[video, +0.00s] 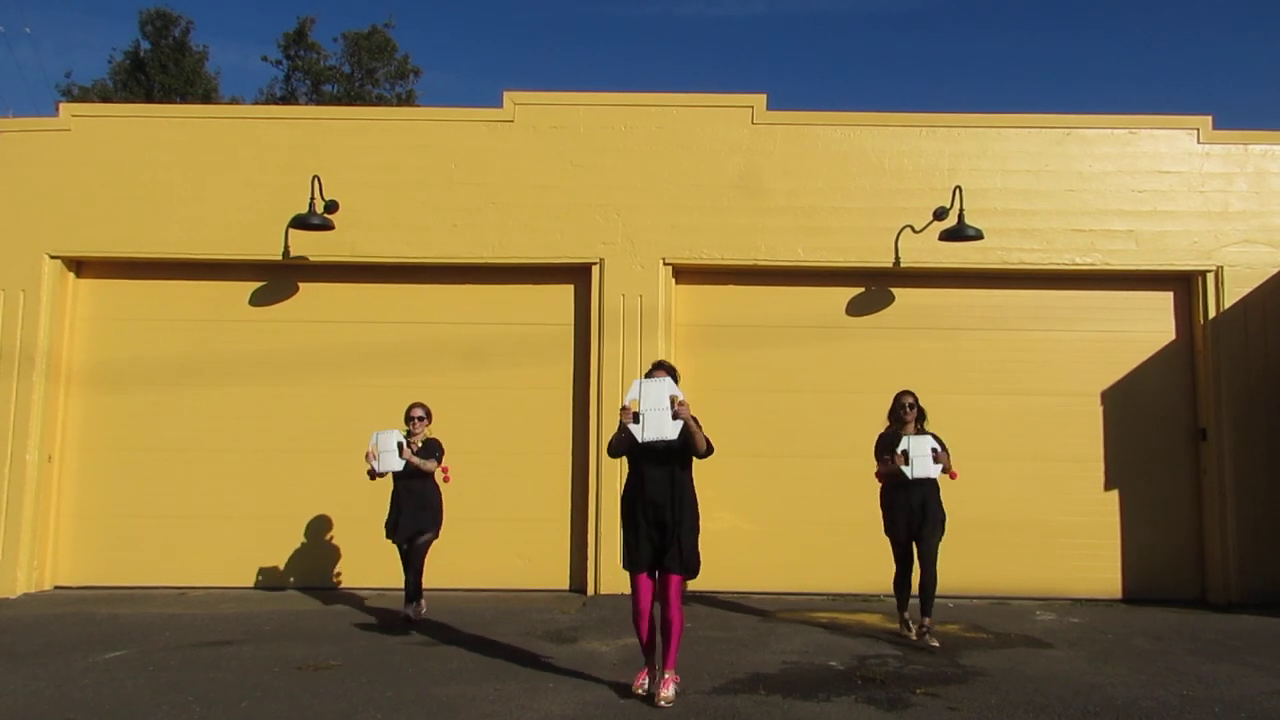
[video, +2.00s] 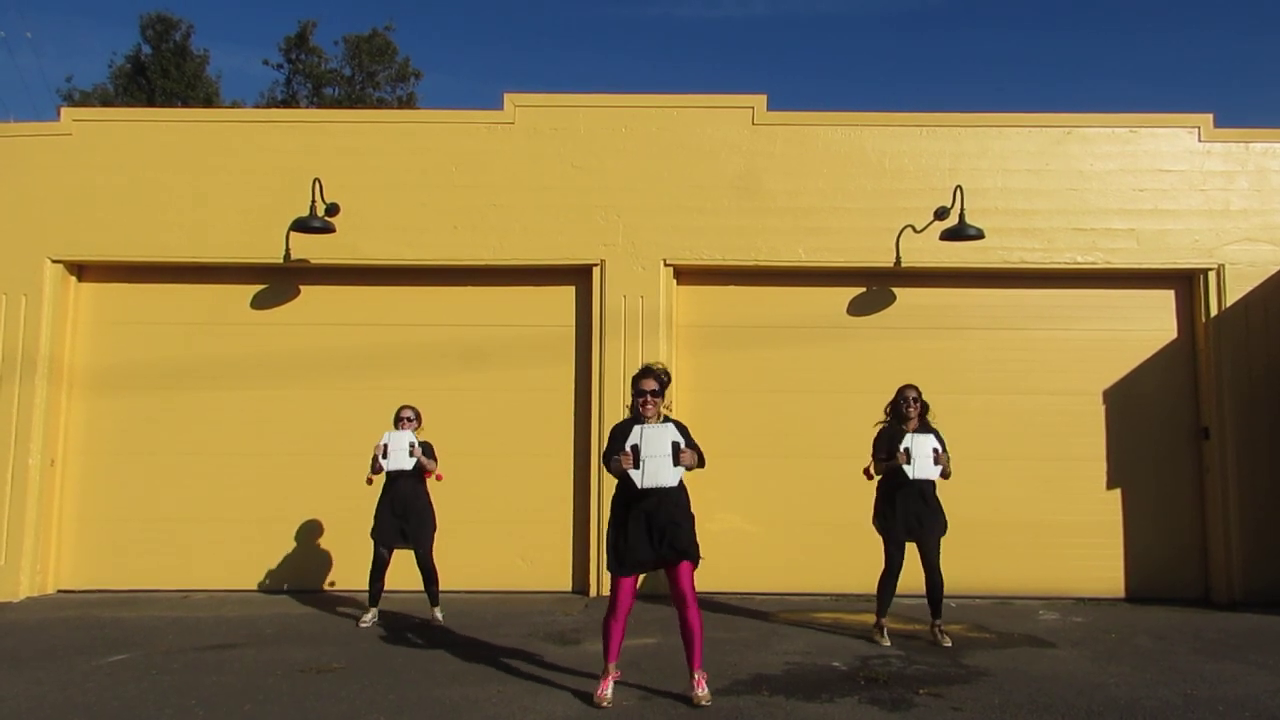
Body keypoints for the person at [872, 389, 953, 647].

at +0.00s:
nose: (907, 410)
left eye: (911, 406)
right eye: (901, 407)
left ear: (918, 410)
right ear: (894, 411)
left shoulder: (931, 439)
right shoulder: (886, 439)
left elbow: (947, 470)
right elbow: (881, 473)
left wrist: (944, 461)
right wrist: (895, 465)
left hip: (929, 508)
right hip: (898, 510)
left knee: (929, 564)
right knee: (904, 564)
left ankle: (925, 623)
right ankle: (903, 615)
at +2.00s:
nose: (910, 404)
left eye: (915, 400)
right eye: (904, 401)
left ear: (921, 404)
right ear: (896, 405)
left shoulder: (932, 434)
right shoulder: (886, 434)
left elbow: (945, 475)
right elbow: (876, 469)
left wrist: (943, 463)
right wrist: (894, 462)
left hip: (925, 505)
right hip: (893, 507)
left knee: (933, 566)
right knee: (893, 565)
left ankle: (936, 625)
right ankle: (880, 624)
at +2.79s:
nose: (921, 408)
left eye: (925, 404)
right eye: (915, 405)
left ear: (932, 407)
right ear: (907, 409)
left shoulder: (943, 438)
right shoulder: (901, 438)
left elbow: (958, 474)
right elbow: (893, 475)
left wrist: (964, 460)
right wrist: (909, 468)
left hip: (940, 515)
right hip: (908, 516)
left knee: (949, 574)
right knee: (898, 572)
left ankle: (958, 632)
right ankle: (878, 628)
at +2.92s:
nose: (924, 392)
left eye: (927, 387)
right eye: (918, 389)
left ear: (934, 392)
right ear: (909, 397)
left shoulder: (949, 421)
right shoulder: (903, 425)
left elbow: (980, 442)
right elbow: (896, 462)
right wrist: (895, 480)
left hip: (942, 501)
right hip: (908, 502)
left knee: (949, 563)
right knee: (899, 556)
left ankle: (954, 626)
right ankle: (869, 598)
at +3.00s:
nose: (927, 394)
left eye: (930, 390)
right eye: (921, 392)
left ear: (936, 395)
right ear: (912, 400)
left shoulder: (951, 421)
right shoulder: (907, 428)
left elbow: (992, 423)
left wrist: (1006, 404)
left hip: (945, 504)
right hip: (912, 504)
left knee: (951, 567)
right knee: (901, 561)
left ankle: (951, 628)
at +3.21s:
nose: (927, 395)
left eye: (930, 390)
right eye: (920, 392)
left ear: (936, 396)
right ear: (911, 399)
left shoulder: (949, 422)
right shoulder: (904, 430)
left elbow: (985, 419)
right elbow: (893, 465)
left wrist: (1006, 406)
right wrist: (892, 486)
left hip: (943, 506)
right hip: (910, 506)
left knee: (946, 566)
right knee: (904, 561)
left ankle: (953, 629)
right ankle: (877, 552)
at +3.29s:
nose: (925, 397)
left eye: (929, 393)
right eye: (919, 394)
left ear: (935, 398)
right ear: (909, 400)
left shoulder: (947, 423)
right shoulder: (900, 428)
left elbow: (980, 436)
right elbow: (890, 467)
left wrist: (985, 433)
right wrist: (906, 473)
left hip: (942, 502)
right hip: (907, 503)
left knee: (949, 565)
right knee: (902, 562)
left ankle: (959, 624)